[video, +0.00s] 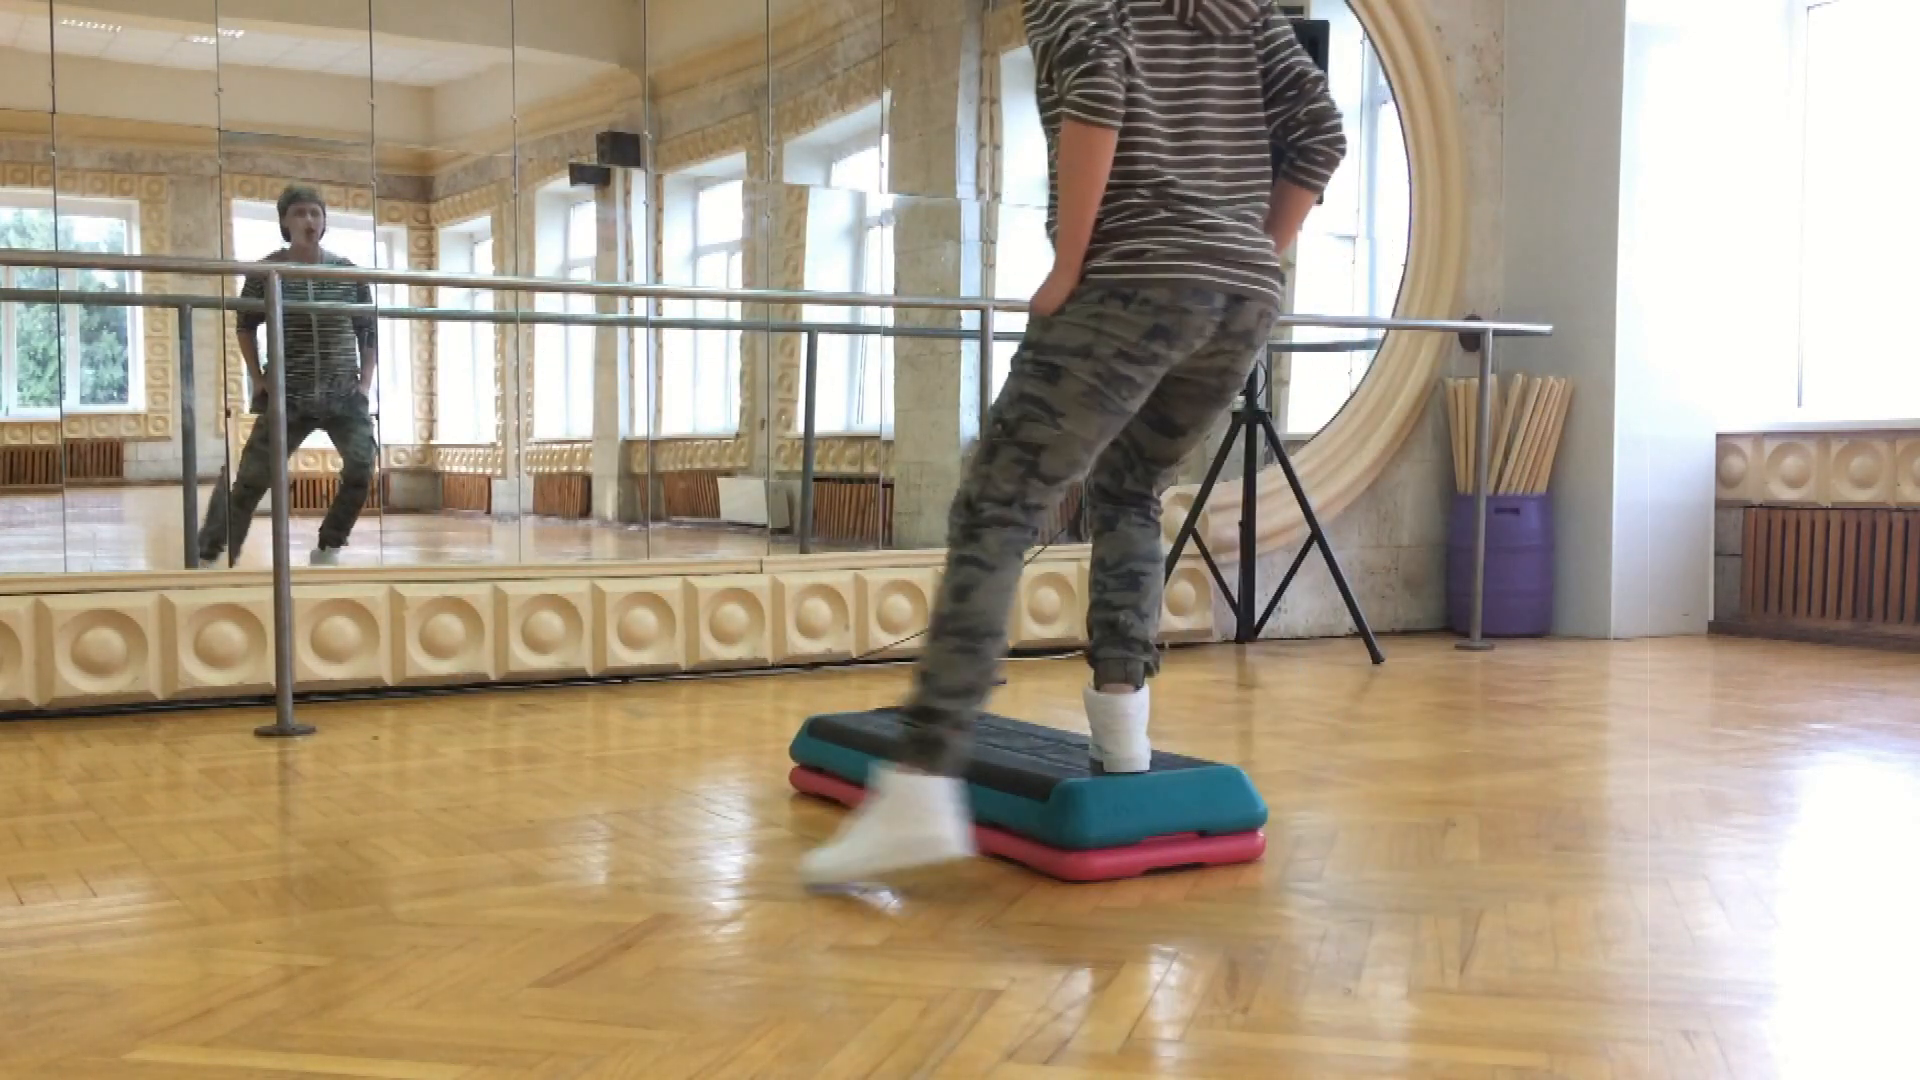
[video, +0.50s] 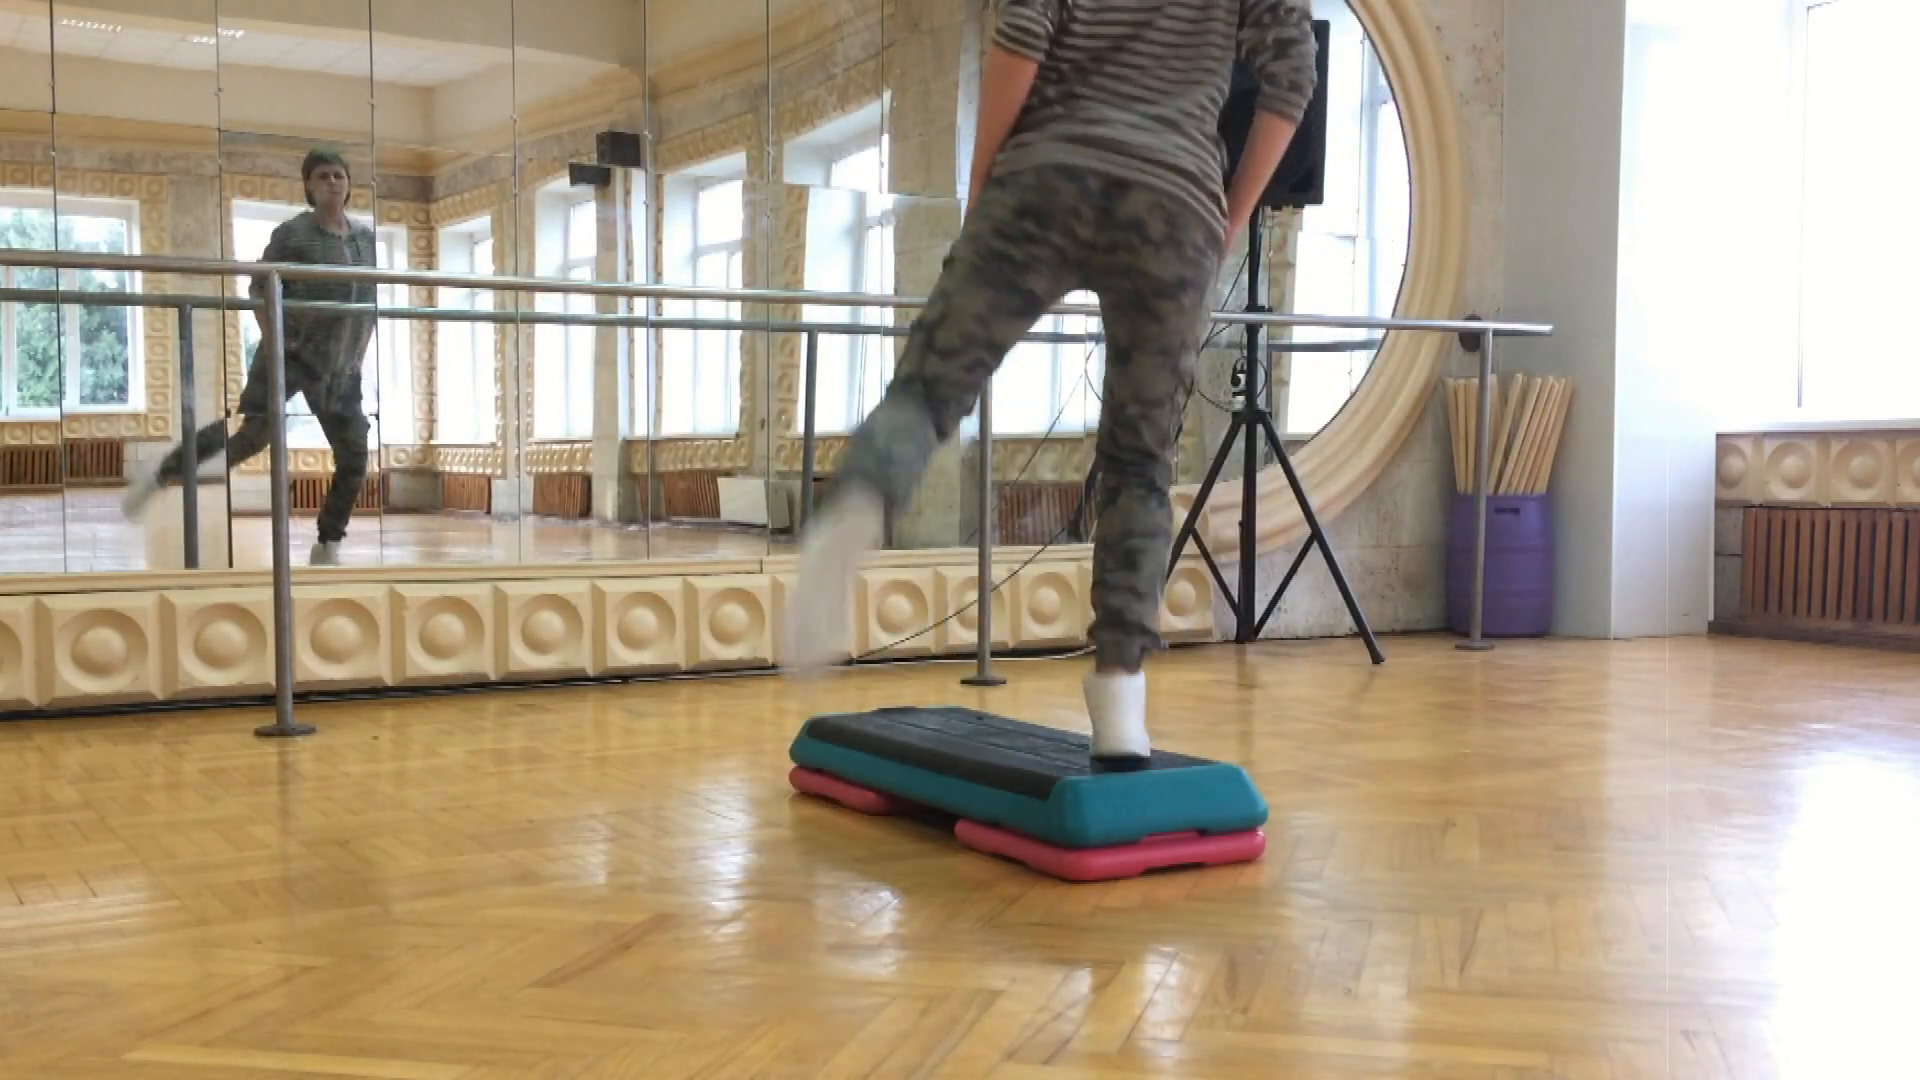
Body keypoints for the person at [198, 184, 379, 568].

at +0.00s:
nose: (310, 220)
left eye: (316, 214)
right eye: (300, 214)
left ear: (326, 222)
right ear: (284, 223)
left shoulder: (349, 273)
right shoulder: (266, 271)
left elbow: (369, 336)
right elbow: (244, 326)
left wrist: (363, 386)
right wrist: (257, 376)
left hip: (343, 394)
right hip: (289, 395)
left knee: (362, 467)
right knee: (253, 477)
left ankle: (329, 546)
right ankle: (210, 553)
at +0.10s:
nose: (312, 221)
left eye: (318, 214)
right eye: (302, 214)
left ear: (327, 223)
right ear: (286, 223)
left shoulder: (350, 275)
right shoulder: (268, 272)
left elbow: (368, 338)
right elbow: (245, 327)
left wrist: (363, 389)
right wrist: (257, 377)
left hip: (343, 398)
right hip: (288, 398)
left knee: (366, 471)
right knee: (252, 480)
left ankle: (329, 548)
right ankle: (198, 548)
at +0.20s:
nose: (316, 221)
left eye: (323, 215)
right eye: (307, 215)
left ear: (332, 225)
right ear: (290, 224)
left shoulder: (353, 279)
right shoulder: (271, 274)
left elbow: (367, 341)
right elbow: (244, 328)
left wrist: (360, 391)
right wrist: (255, 381)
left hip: (342, 401)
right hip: (287, 401)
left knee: (365, 475)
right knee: (253, 484)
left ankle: (328, 549)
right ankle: (205, 556)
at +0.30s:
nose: (325, 215)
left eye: (332, 210)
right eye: (316, 210)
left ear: (341, 222)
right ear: (299, 221)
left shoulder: (358, 274)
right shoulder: (278, 268)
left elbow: (371, 337)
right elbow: (250, 321)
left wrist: (362, 382)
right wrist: (259, 373)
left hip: (344, 397)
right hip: (289, 396)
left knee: (359, 472)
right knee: (253, 480)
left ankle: (328, 549)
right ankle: (200, 545)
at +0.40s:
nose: (331, 200)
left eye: (337, 194)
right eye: (321, 194)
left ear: (347, 204)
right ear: (305, 204)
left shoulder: (364, 258)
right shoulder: (287, 251)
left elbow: (373, 319)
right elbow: (256, 304)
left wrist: (365, 370)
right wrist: (265, 358)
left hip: (341, 381)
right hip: (289, 375)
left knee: (356, 469)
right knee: (249, 459)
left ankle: (328, 551)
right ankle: (181, 528)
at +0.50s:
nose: (333, 183)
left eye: (339, 177)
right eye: (323, 177)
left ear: (350, 187)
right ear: (307, 187)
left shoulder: (364, 240)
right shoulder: (292, 234)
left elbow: (370, 306)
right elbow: (258, 284)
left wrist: (357, 355)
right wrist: (275, 342)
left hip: (338, 367)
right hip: (286, 358)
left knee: (354, 461)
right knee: (248, 442)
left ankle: (327, 549)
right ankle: (158, 477)